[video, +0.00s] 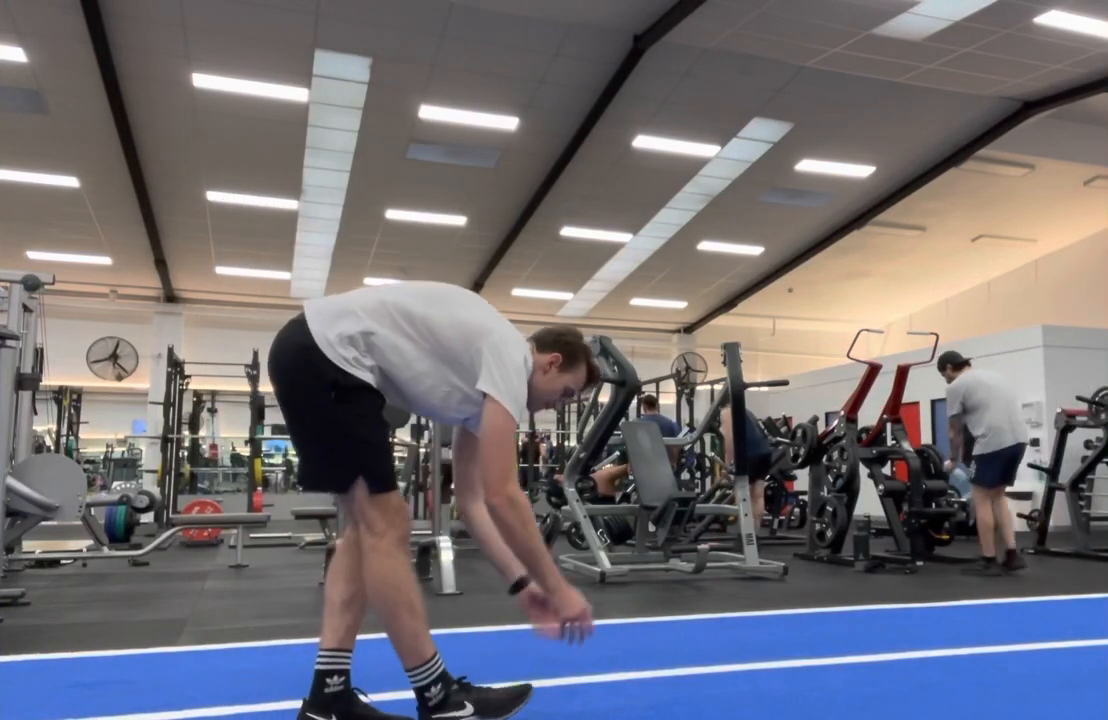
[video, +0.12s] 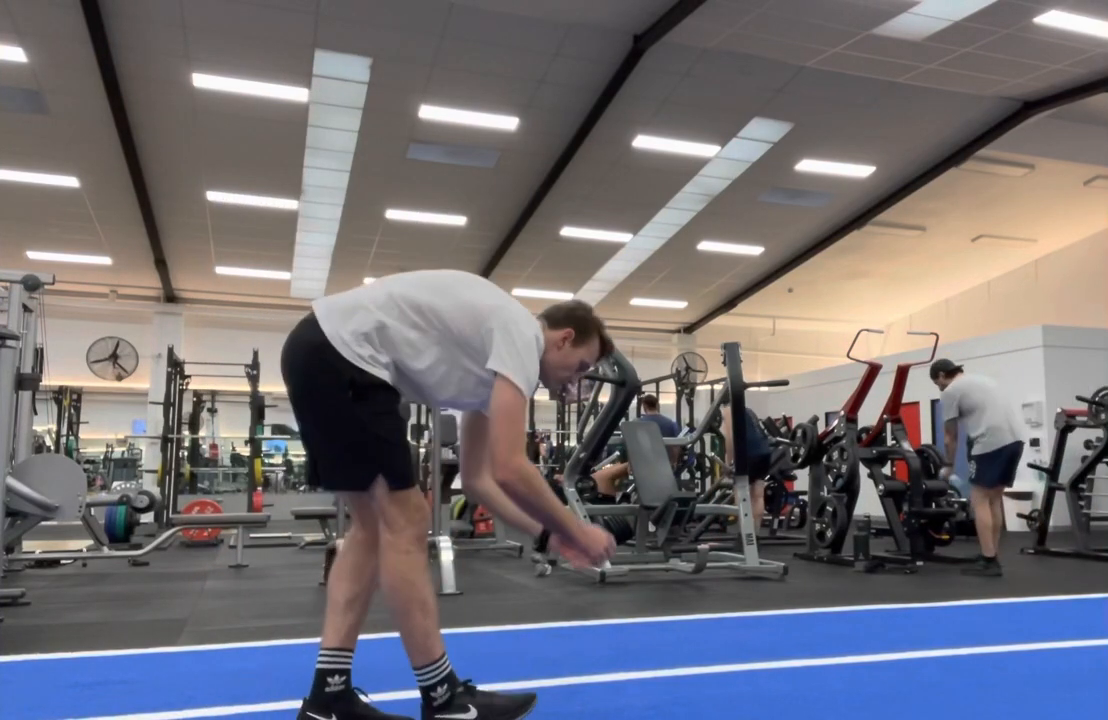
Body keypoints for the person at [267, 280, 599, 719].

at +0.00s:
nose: (557, 403)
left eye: (567, 399)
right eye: (565, 392)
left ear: (547, 361)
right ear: (551, 363)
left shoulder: (484, 366)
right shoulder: (506, 352)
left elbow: (472, 498)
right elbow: (501, 492)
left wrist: (524, 586)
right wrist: (557, 587)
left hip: (314, 350)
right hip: (327, 354)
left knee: (363, 526)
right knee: (386, 525)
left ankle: (329, 691)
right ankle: (438, 695)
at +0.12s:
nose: (574, 382)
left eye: (583, 374)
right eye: (580, 367)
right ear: (563, 338)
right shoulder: (517, 331)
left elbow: (477, 479)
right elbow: (510, 466)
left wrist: (548, 538)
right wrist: (578, 527)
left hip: (322, 349)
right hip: (346, 355)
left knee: (368, 524)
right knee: (406, 520)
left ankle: (329, 691)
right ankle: (443, 695)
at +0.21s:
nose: (594, 342)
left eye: (602, 334)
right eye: (599, 328)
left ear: (573, 301)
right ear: (579, 302)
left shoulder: (505, 315)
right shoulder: (533, 304)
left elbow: (478, 444)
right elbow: (510, 429)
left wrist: (551, 485)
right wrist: (577, 479)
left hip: (337, 349)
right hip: (369, 357)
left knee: (380, 523)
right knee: (427, 519)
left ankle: (331, 690)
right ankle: (449, 698)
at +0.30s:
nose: (607, 297)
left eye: (614, 289)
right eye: (611, 283)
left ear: (584, 260)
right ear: (590, 260)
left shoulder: (525, 273)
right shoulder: (546, 273)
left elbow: (478, 404)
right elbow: (505, 390)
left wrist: (542, 450)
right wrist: (561, 449)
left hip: (363, 349)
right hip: (394, 360)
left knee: (404, 519)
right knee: (451, 517)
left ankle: (337, 684)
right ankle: (453, 699)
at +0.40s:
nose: (618, 250)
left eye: (623, 240)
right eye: (619, 235)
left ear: (586, 220)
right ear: (594, 219)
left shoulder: (516, 234)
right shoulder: (555, 240)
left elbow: (475, 365)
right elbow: (506, 351)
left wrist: (526, 434)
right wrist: (552, 431)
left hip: (390, 349)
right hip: (421, 358)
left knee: (442, 518)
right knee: (473, 518)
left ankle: (356, 664)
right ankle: (453, 697)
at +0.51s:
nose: (616, 215)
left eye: (622, 205)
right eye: (618, 200)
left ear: (581, 179)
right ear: (594, 180)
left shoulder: (518, 205)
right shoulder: (558, 212)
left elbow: (461, 328)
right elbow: (513, 319)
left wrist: (499, 423)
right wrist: (548, 417)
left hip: (418, 350)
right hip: (444, 356)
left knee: (479, 512)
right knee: (483, 517)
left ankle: (395, 653)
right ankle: (454, 697)